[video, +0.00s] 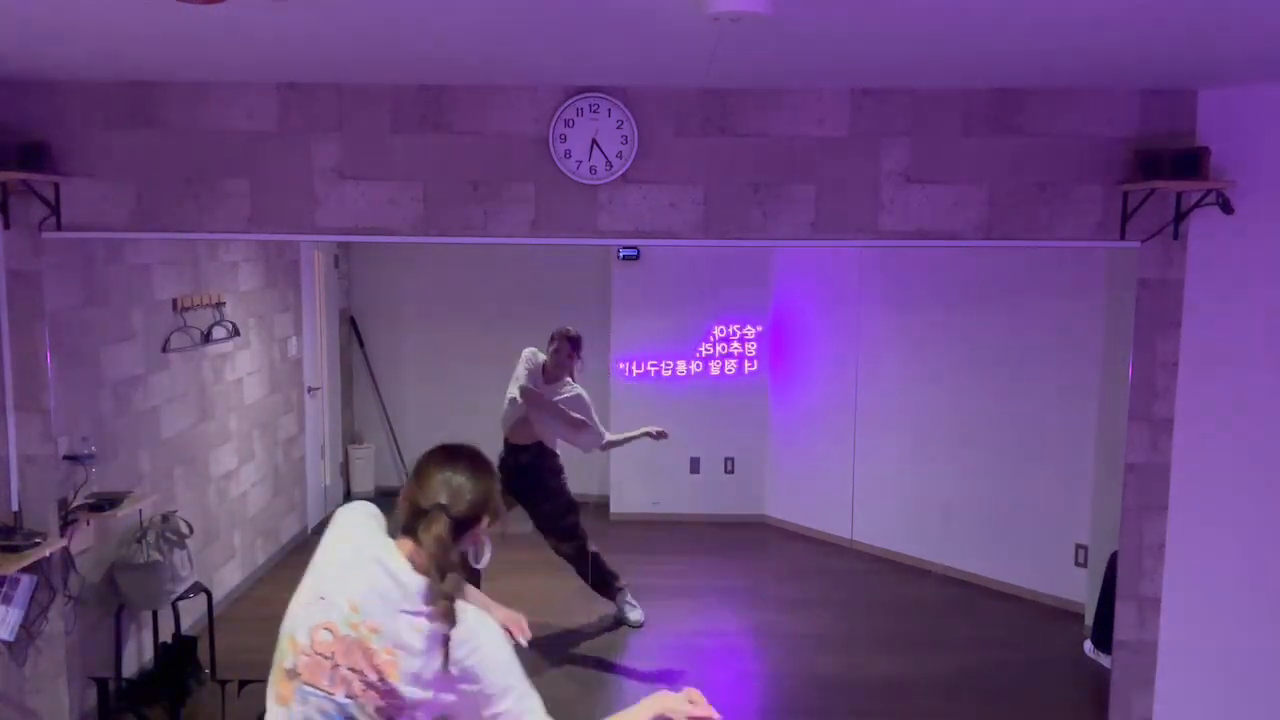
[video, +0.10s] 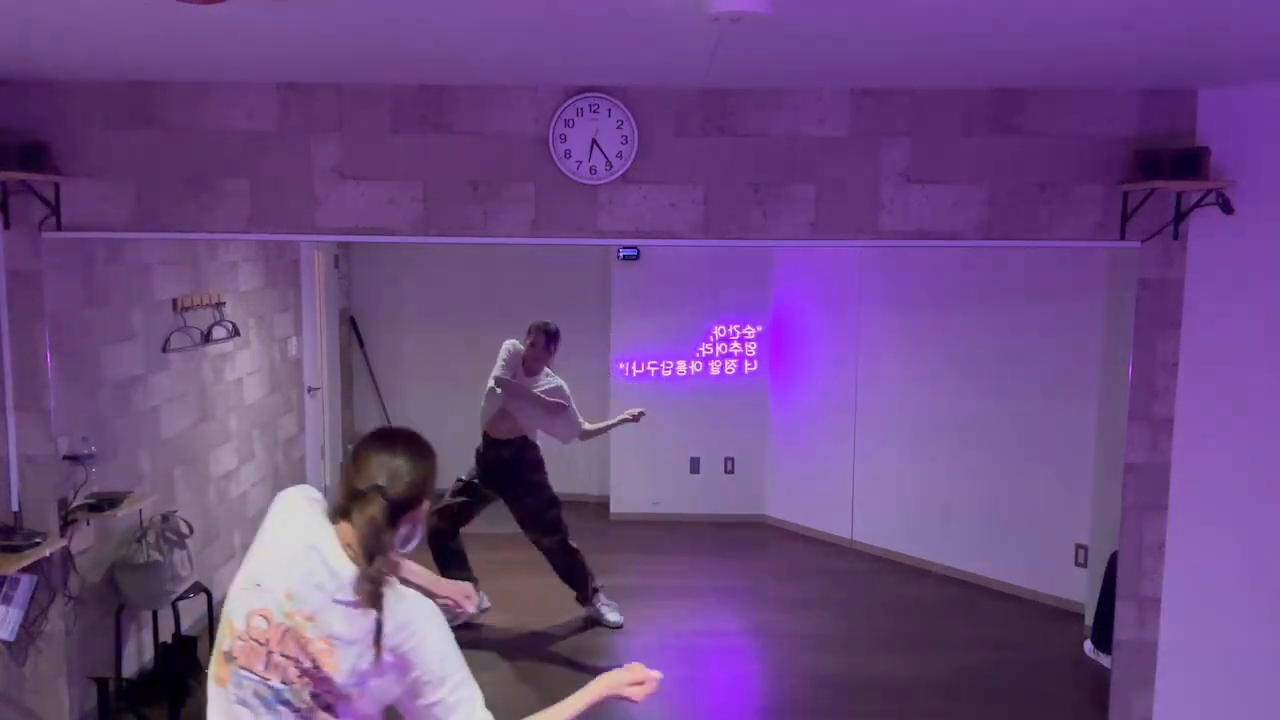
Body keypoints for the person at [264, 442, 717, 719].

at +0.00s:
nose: (495, 536)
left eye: (497, 524)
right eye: (497, 525)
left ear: (406, 500)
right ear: (478, 535)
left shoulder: (349, 523)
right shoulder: (471, 636)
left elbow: (412, 561)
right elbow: (529, 711)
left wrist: (485, 605)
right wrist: (645, 712)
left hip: (290, 705)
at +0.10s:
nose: (429, 513)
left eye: (430, 501)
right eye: (430, 502)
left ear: (345, 482)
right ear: (418, 514)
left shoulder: (288, 509)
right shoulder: (407, 619)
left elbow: (358, 537)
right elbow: (479, 718)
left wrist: (430, 581)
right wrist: (599, 688)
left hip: (229, 709)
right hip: (330, 713)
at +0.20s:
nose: (372, 482)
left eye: (368, 469)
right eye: (374, 471)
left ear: (292, 463)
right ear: (365, 489)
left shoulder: (233, 499)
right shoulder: (364, 594)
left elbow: (278, 488)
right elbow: (430, 715)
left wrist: (342, 496)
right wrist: (554, 687)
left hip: (191, 706)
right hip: (306, 709)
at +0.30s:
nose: (327, 464)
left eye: (326, 450)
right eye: (330, 453)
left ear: (238, 445)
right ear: (318, 467)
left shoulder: (186, 493)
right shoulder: (327, 559)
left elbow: (232, 465)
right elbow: (400, 698)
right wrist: (508, 701)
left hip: (167, 706)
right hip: (283, 711)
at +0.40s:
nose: (294, 444)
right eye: (294, 433)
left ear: (199, 431)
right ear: (282, 446)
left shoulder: (154, 485)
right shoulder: (307, 523)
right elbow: (372, 672)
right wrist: (425, 716)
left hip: (153, 711)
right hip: (269, 712)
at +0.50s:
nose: (272, 429)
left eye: (270, 415)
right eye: (271, 417)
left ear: (170, 423)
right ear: (260, 432)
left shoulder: (120, 502)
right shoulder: (304, 526)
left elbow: (123, 653)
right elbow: (348, 675)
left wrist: (154, 704)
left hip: (147, 710)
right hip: (264, 711)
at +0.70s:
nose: (254, 438)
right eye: (254, 424)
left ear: (153, 428)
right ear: (240, 436)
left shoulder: (99, 530)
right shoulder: (289, 535)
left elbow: (108, 669)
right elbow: (325, 685)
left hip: (135, 713)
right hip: (255, 713)